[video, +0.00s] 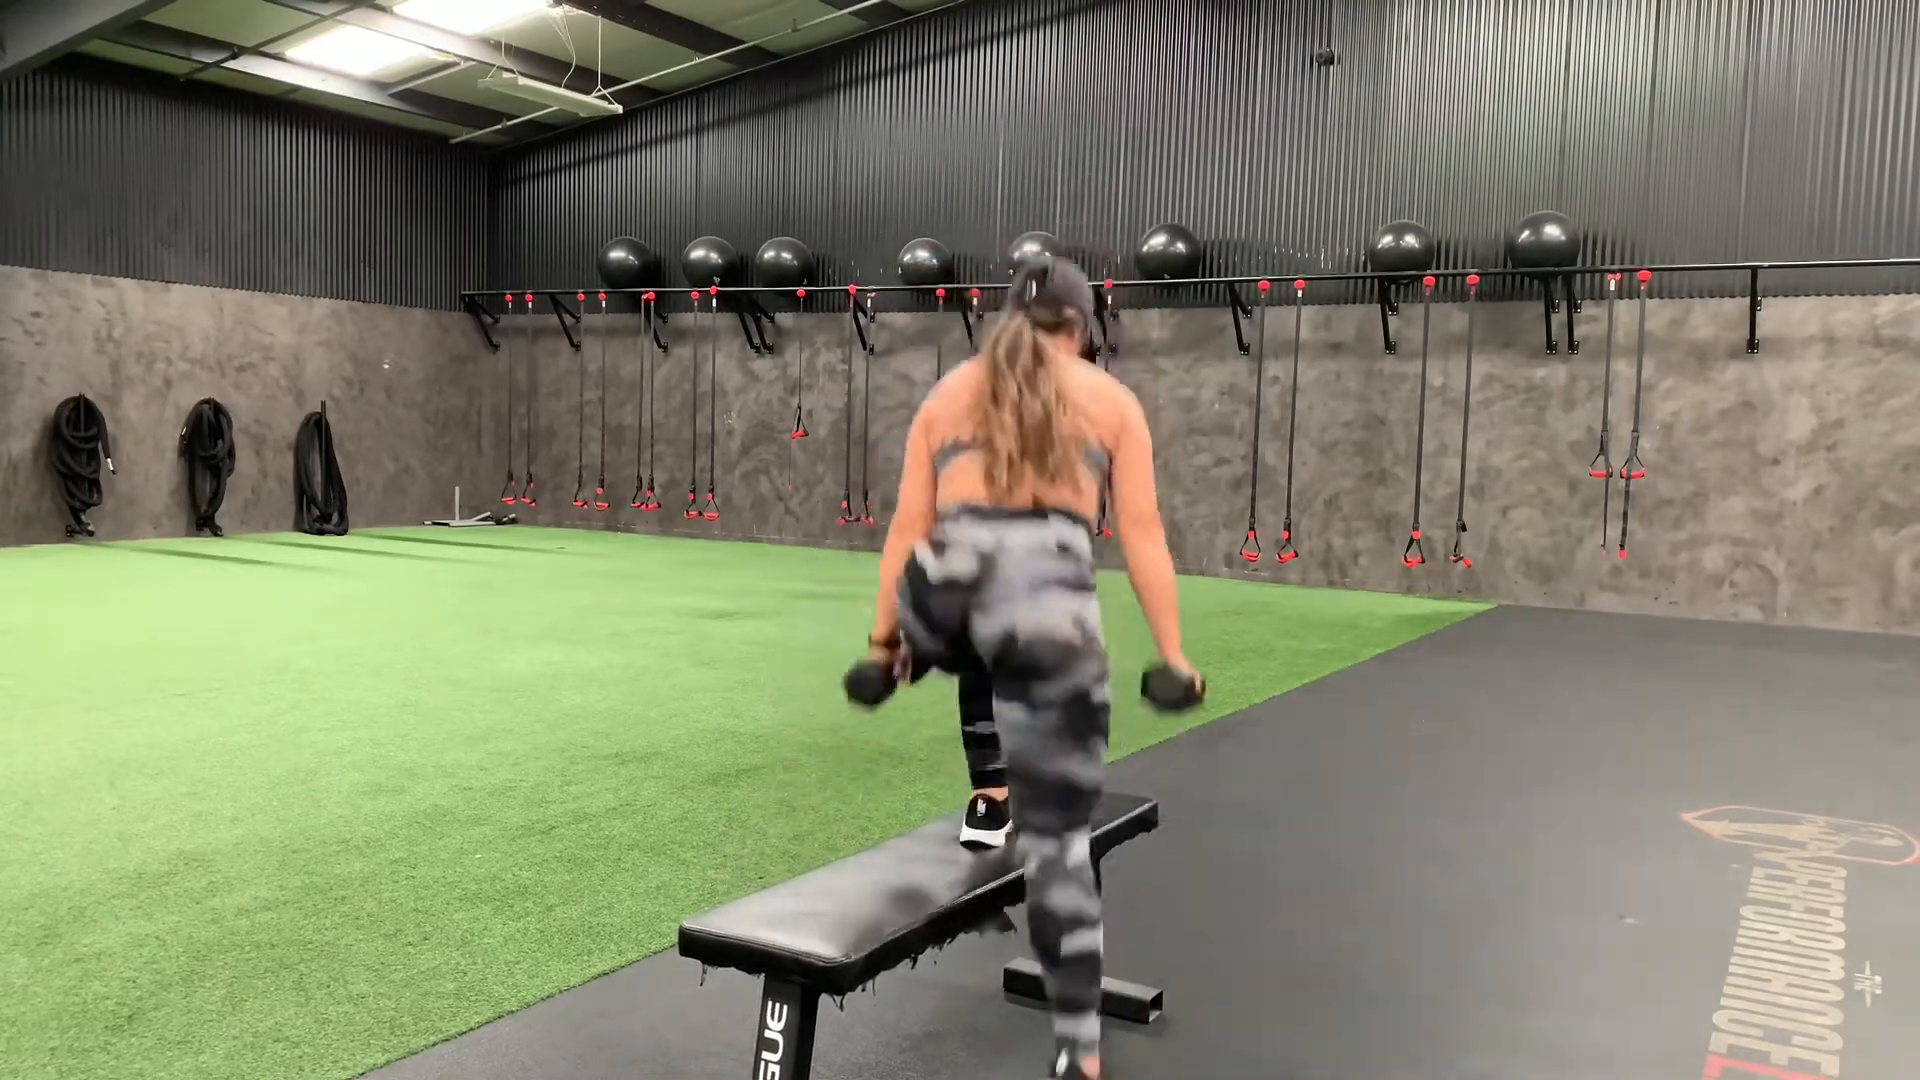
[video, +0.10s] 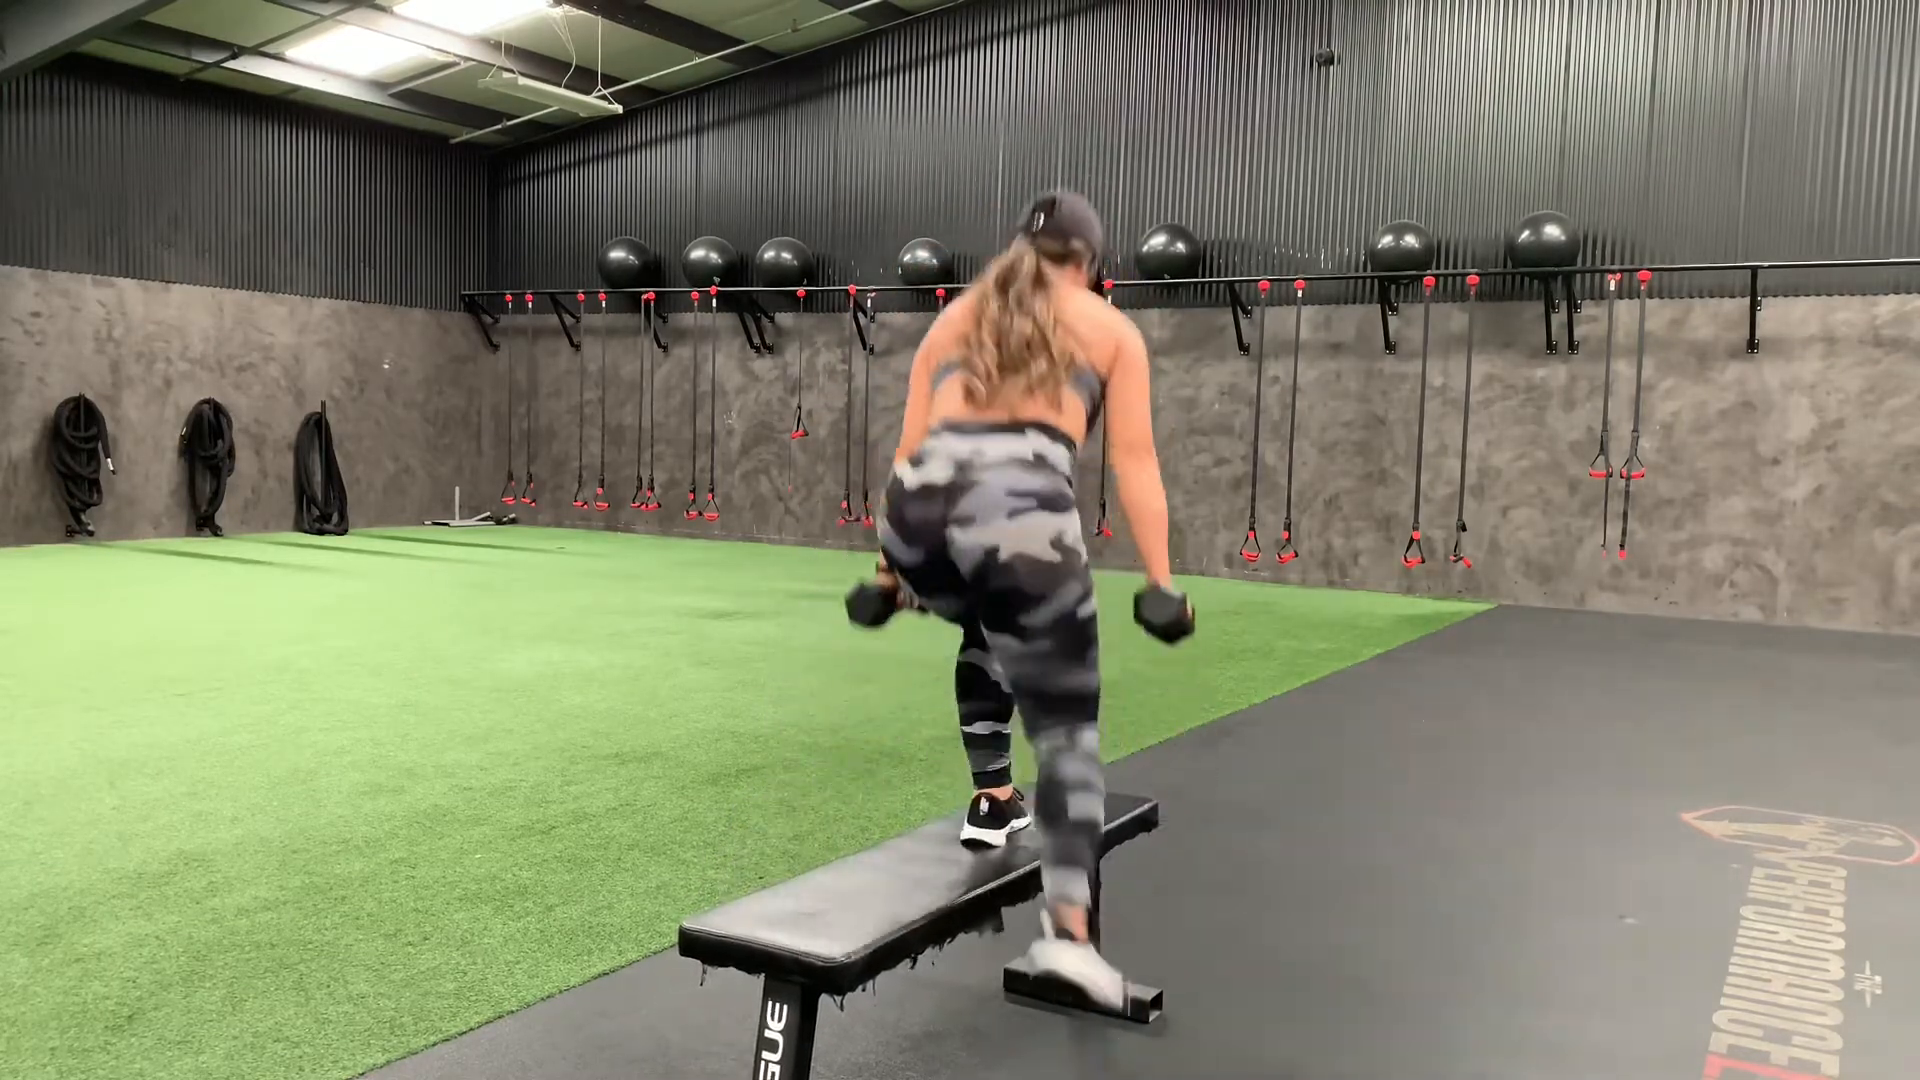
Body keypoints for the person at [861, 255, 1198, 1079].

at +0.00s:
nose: (1088, 339)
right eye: (1087, 328)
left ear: (1007, 318)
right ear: (1077, 326)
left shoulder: (949, 392)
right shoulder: (1110, 400)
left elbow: (909, 525)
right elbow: (1141, 532)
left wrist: (886, 633)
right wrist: (1172, 652)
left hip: (947, 580)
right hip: (1050, 589)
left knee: (950, 645)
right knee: (1055, 832)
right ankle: (1080, 1049)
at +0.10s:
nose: (1098, 279)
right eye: (1099, 267)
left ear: (1020, 250)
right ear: (1090, 263)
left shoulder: (953, 320)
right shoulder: (1110, 328)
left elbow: (913, 446)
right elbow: (1133, 460)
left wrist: (893, 562)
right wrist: (1160, 580)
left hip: (924, 504)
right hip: (1026, 505)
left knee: (983, 631)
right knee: (1064, 727)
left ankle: (993, 800)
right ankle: (1068, 933)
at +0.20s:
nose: (1098, 240)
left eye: (1096, 230)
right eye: (1100, 229)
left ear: (1029, 211)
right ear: (1091, 222)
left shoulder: (962, 266)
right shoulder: (1110, 283)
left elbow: (914, 383)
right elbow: (1128, 420)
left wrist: (882, 511)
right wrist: (1147, 536)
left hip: (901, 439)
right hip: (1005, 443)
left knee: (959, 609)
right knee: (1055, 625)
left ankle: (972, 780)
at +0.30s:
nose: (1100, 241)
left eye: (1099, 230)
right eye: (1100, 228)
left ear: (1025, 210)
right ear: (1089, 221)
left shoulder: (958, 262)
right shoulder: (1102, 278)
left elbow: (909, 383)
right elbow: (1114, 411)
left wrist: (881, 517)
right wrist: (1127, 539)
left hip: (886, 429)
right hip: (994, 434)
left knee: (946, 592)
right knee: (1042, 602)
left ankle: (880, 772)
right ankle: (999, 791)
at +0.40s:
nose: (1095, 277)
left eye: (1094, 266)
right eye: (1096, 265)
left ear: (1025, 246)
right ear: (1088, 258)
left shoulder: (956, 299)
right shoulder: (1100, 316)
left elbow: (913, 419)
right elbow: (1103, 450)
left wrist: (863, 555)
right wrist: (1111, 574)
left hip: (880, 489)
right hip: (981, 498)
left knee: (894, 657)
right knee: (1036, 631)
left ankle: (798, 827)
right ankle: (985, 802)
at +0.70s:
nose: (1062, 420)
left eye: (1063, 408)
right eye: (1065, 407)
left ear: (1000, 388)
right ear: (1058, 400)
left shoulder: (944, 447)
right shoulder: (1056, 472)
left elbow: (927, 568)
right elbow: (1076, 617)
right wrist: (1097, 742)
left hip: (848, 672)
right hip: (931, 679)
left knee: (818, 863)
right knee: (1060, 645)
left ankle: (705, 1025)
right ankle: (991, 806)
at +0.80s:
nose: (1105, 337)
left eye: (1105, 325)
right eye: (1105, 325)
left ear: (1032, 311)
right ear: (1094, 323)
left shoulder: (967, 368)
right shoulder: (1098, 389)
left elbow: (918, 478)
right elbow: (1097, 529)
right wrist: (1106, 659)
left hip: (860, 569)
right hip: (951, 580)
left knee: (832, 760)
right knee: (1068, 629)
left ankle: (743, 939)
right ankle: (993, 802)